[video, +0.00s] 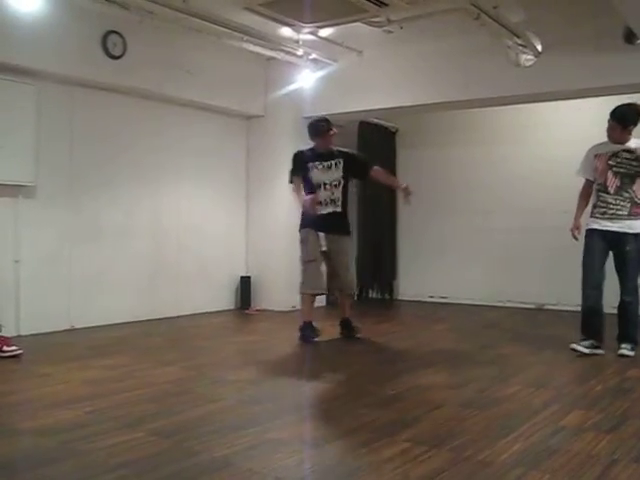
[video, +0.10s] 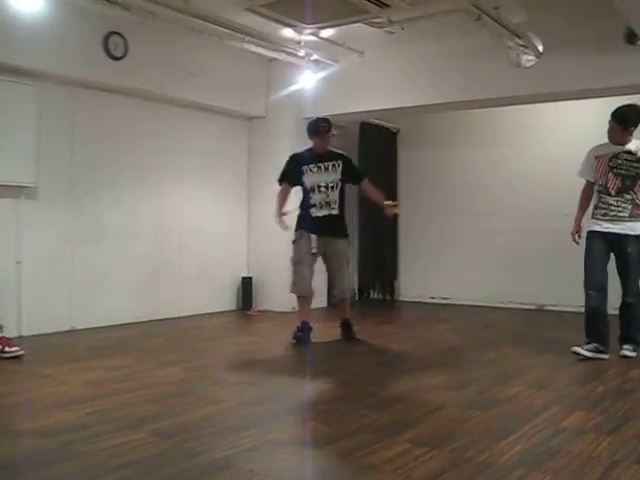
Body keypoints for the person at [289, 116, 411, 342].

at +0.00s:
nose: (333, 136)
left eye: (332, 133)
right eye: (329, 133)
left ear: (330, 135)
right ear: (318, 136)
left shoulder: (345, 157)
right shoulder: (302, 158)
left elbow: (373, 171)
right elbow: (296, 183)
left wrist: (398, 185)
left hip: (338, 225)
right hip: (311, 225)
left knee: (345, 274)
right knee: (311, 272)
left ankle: (346, 322)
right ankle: (307, 324)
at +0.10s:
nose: (325, 140)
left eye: (327, 135)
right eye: (321, 136)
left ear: (331, 135)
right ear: (313, 136)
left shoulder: (341, 160)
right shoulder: (298, 161)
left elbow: (364, 184)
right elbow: (285, 186)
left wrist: (384, 202)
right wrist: (280, 210)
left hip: (335, 227)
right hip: (306, 227)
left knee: (342, 277)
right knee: (302, 276)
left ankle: (346, 323)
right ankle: (304, 325)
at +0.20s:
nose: (324, 139)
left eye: (327, 134)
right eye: (320, 135)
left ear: (331, 135)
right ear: (310, 134)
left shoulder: (337, 159)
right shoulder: (296, 159)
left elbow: (349, 187)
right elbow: (278, 187)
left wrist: (363, 209)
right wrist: (264, 214)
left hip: (332, 228)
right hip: (304, 228)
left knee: (339, 276)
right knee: (298, 277)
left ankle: (343, 321)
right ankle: (303, 324)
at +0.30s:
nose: (325, 140)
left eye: (327, 135)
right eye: (322, 135)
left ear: (329, 135)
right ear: (311, 134)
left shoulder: (333, 156)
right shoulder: (295, 156)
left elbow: (339, 184)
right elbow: (274, 182)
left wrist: (351, 205)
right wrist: (250, 202)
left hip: (330, 227)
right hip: (303, 227)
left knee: (337, 278)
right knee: (298, 279)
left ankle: (336, 323)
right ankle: (302, 325)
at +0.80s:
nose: (332, 155)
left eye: (332, 150)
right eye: (329, 150)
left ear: (321, 151)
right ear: (316, 149)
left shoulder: (325, 170)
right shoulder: (304, 168)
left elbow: (342, 186)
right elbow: (317, 182)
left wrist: (323, 174)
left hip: (328, 231)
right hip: (306, 231)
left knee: (344, 273)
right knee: (307, 278)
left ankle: (335, 323)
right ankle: (297, 326)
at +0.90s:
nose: (331, 155)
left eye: (332, 151)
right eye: (329, 150)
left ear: (321, 150)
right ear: (316, 149)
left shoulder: (324, 168)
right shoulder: (305, 168)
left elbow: (340, 182)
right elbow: (319, 199)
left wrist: (327, 176)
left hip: (327, 231)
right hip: (309, 233)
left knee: (351, 277)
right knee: (313, 283)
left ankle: (337, 322)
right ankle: (297, 326)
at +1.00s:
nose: (332, 153)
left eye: (333, 149)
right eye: (329, 148)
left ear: (323, 149)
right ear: (316, 147)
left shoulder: (326, 168)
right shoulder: (303, 169)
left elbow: (341, 190)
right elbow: (309, 201)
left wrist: (333, 179)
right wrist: (336, 207)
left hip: (330, 233)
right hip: (310, 235)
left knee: (352, 278)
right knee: (315, 286)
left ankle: (337, 322)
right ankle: (295, 325)